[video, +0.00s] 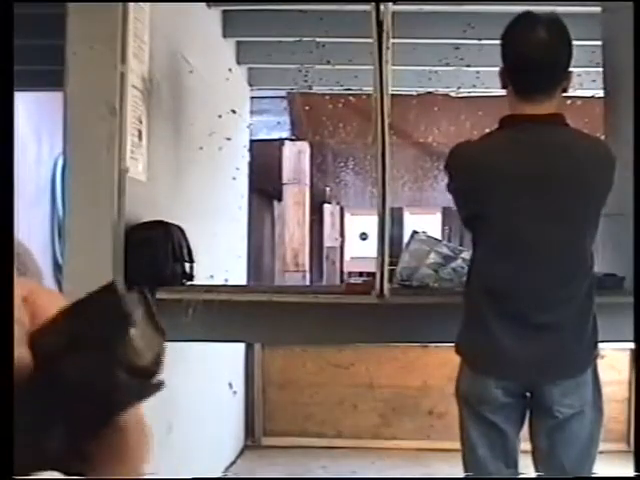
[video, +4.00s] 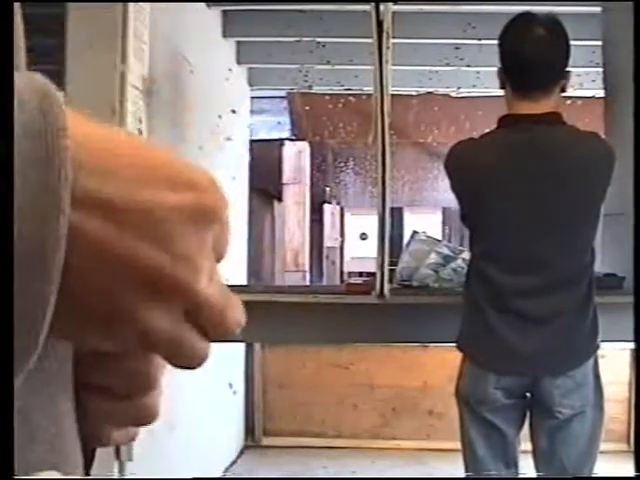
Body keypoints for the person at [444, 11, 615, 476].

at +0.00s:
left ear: (503, 79)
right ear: (567, 80)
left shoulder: (467, 160)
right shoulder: (598, 159)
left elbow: (478, 222)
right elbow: (568, 220)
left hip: (489, 359)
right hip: (567, 362)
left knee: (489, 472)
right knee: (568, 472)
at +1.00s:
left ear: (505, 79)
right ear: (569, 81)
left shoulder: (467, 157)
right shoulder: (599, 157)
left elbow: (487, 223)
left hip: (490, 357)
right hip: (568, 360)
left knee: (489, 472)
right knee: (568, 472)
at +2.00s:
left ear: (505, 80)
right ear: (569, 82)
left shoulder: (468, 158)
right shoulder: (599, 156)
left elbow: (485, 221)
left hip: (491, 357)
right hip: (569, 360)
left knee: (489, 472)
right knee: (568, 472)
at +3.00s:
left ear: (504, 79)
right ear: (570, 81)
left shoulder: (467, 160)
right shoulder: (600, 156)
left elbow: (482, 220)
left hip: (493, 357)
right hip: (570, 358)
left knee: (491, 471)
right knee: (571, 472)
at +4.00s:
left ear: (501, 78)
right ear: (565, 80)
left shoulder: (465, 159)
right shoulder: (596, 155)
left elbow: (484, 220)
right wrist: (549, 117)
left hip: (490, 356)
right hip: (568, 358)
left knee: (489, 472)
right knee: (568, 472)